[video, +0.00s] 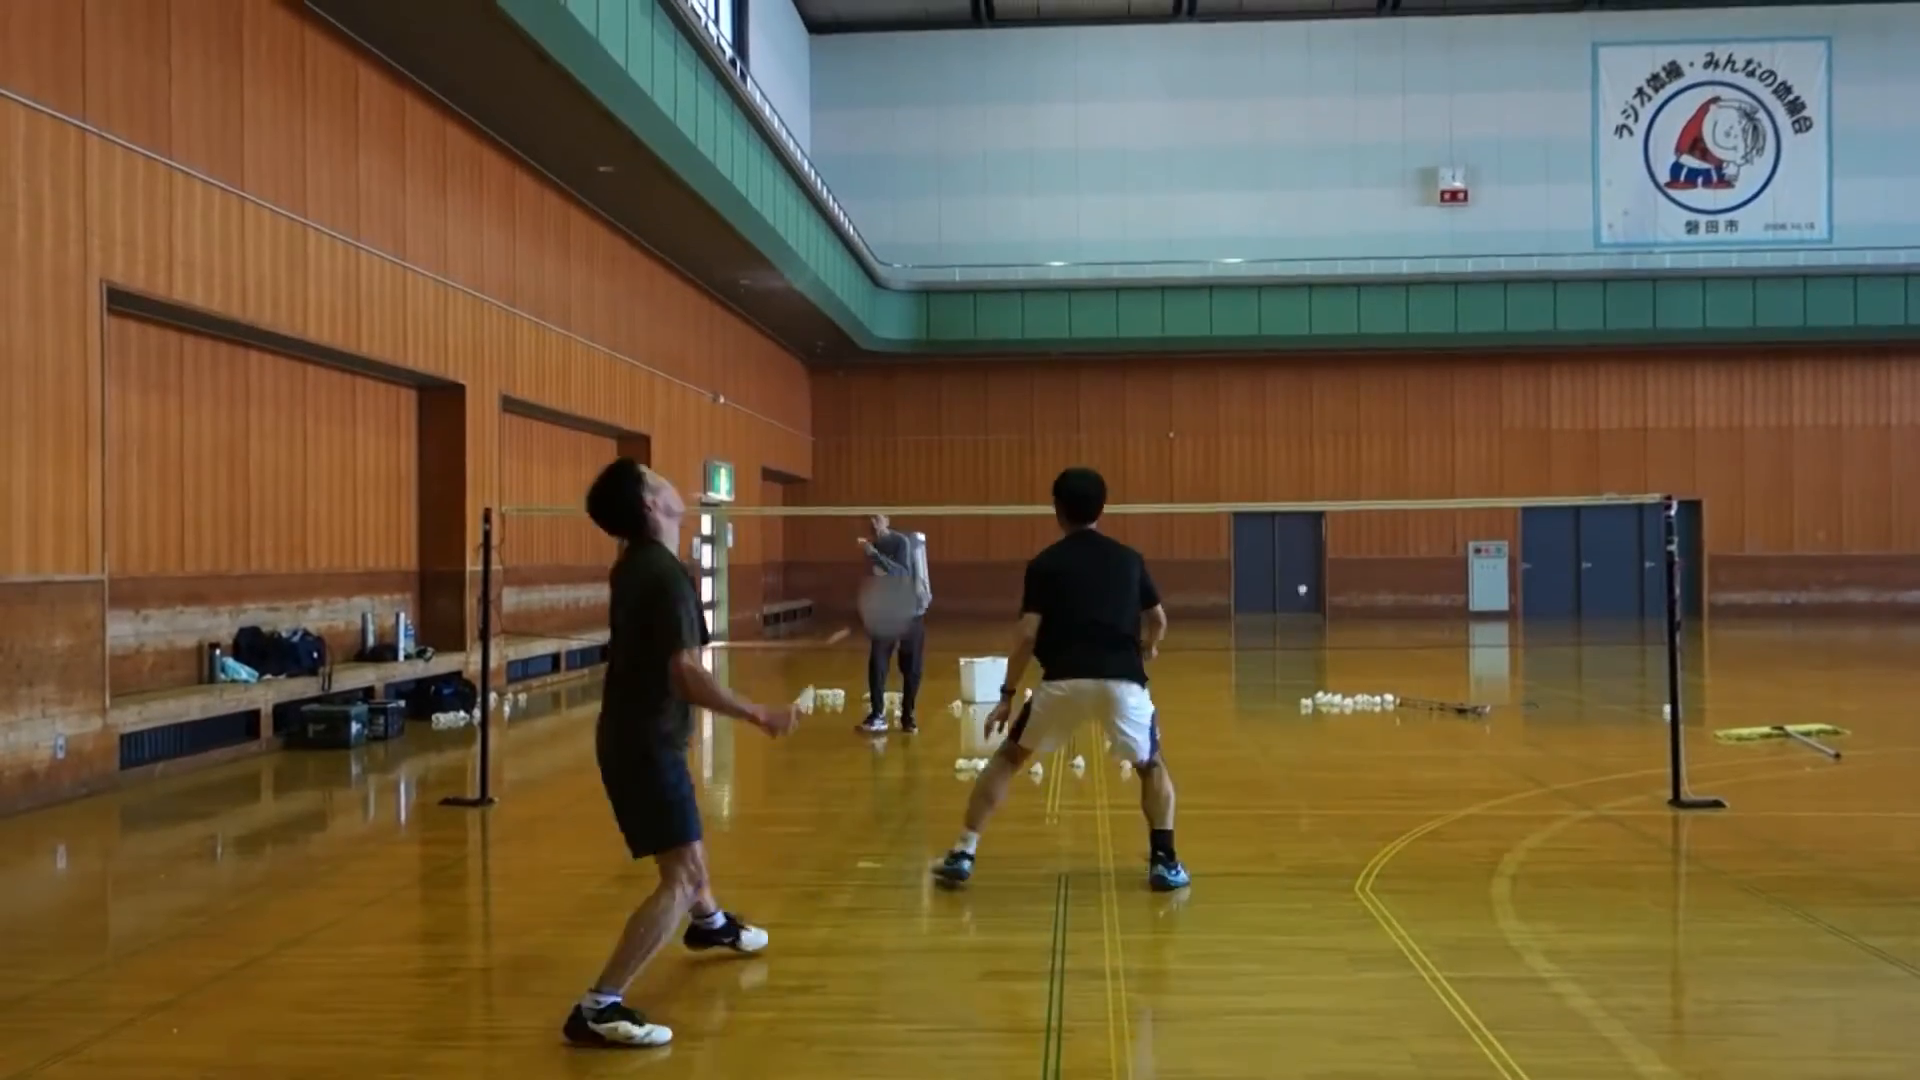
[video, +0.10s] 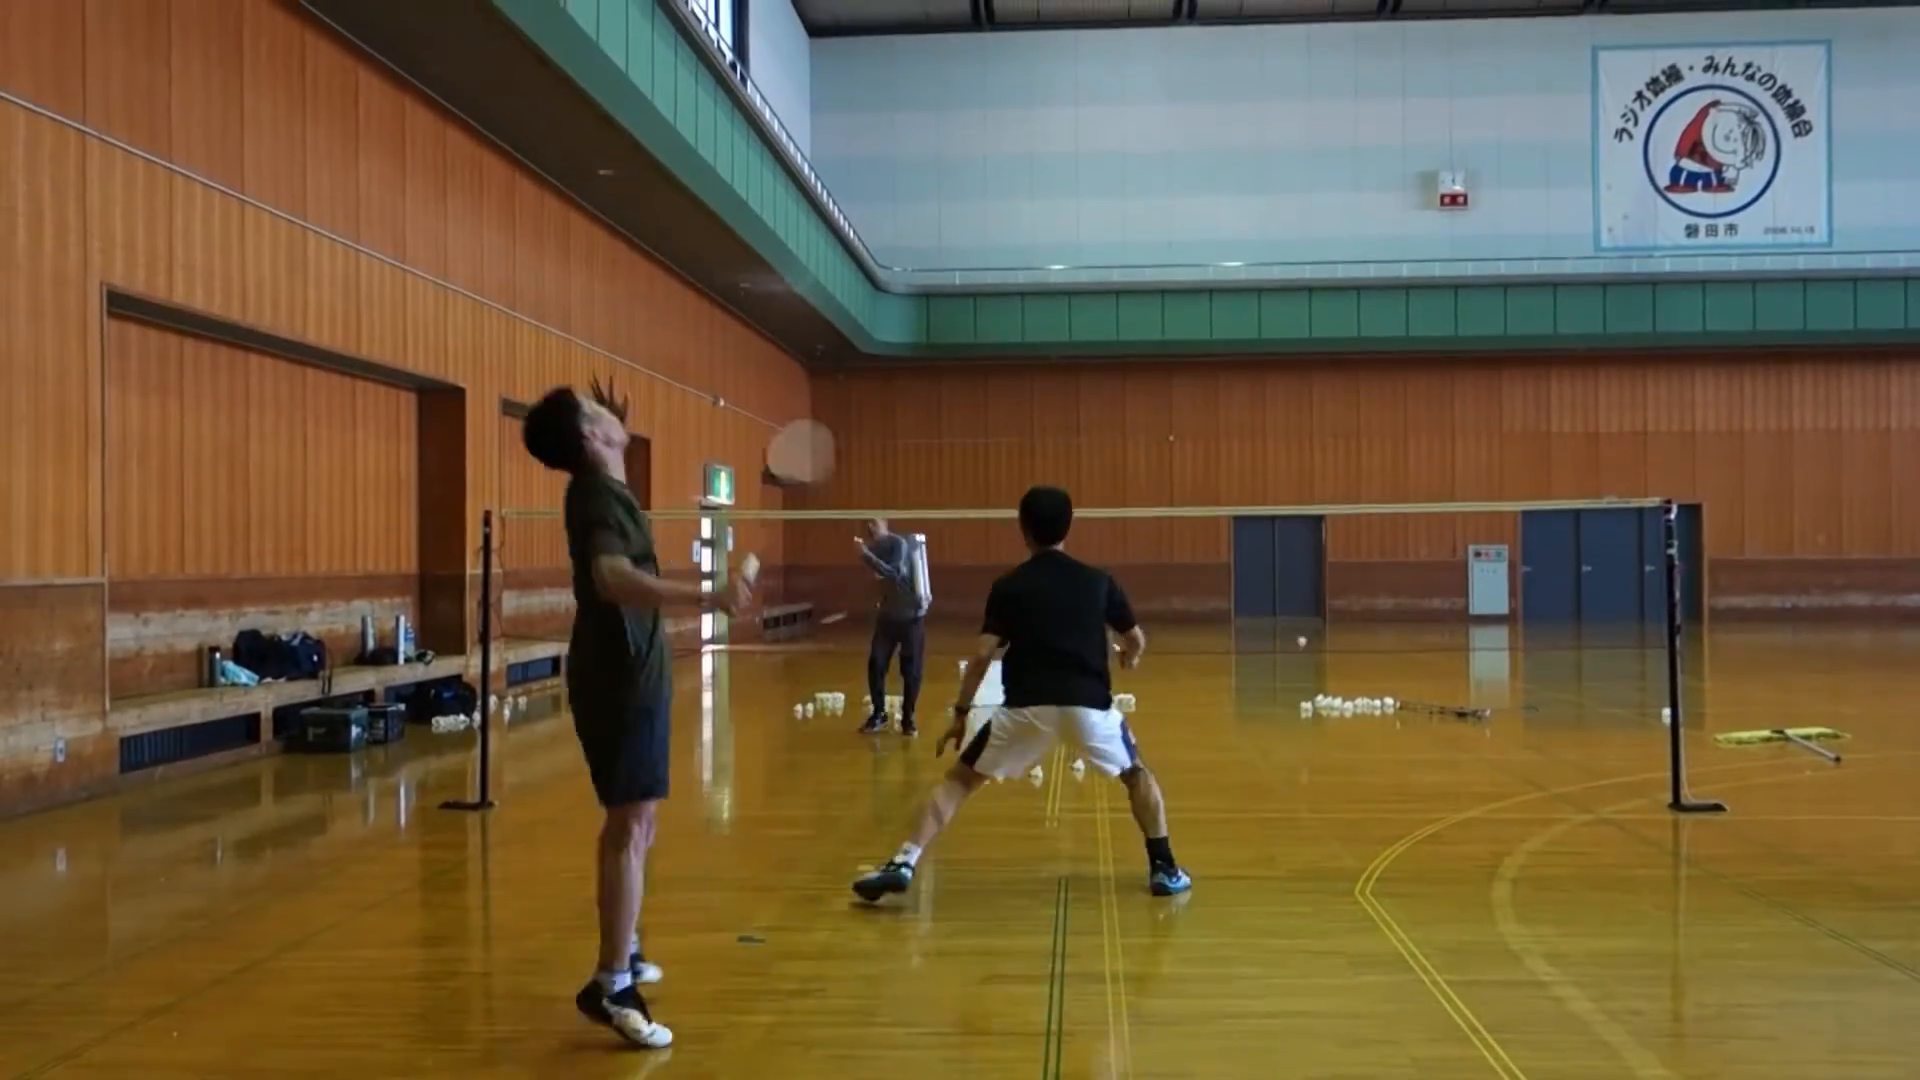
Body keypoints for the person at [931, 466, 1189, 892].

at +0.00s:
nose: (1059, 509)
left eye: (1057, 503)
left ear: (1058, 508)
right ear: (1102, 509)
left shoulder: (1044, 564)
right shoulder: (1128, 559)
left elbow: (1027, 634)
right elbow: (1155, 619)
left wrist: (1007, 694)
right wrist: (1141, 658)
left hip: (1063, 680)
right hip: (1122, 680)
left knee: (1008, 759)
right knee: (1152, 766)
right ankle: (1164, 862)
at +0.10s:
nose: (1029, 528)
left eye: (1026, 521)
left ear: (1024, 528)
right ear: (1068, 528)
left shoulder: (1009, 587)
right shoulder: (1097, 583)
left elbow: (982, 658)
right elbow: (1134, 640)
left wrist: (961, 711)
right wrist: (1129, 654)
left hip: (1026, 708)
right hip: (1088, 707)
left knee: (961, 779)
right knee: (1135, 774)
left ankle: (903, 862)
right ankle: (1164, 867)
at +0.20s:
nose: (973, 531)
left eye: (972, 525)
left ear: (972, 533)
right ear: (1017, 533)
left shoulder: (954, 591)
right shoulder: (1044, 590)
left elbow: (922, 660)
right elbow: (1087, 645)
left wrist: (906, 713)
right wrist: (1110, 667)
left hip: (975, 719)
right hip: (1039, 718)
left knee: (907, 796)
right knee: (1098, 789)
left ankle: (876, 892)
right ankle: (1159, 870)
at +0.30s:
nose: (922, 525)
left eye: (923, 519)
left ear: (924, 525)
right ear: (970, 525)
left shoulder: (904, 582)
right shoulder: (996, 577)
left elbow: (872, 639)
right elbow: (1043, 627)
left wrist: (859, 680)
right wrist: (1078, 658)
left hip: (932, 712)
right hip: (999, 705)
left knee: (881, 794)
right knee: (1054, 780)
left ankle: (868, 893)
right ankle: (1108, 868)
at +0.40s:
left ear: (898, 509)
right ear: (943, 506)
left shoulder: (880, 565)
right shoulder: (969, 555)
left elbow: (839, 622)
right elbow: (1025, 603)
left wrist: (821, 663)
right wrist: (1051, 635)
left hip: (908, 682)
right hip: (970, 673)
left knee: (866, 772)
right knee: (1014, 756)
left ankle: (852, 869)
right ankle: (1038, 855)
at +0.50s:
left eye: (882, 505)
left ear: (877, 511)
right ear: (923, 510)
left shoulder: (860, 563)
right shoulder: (949, 556)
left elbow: (812, 622)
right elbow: (1002, 602)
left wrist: (792, 667)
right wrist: (1030, 651)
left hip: (881, 684)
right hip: (946, 679)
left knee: (834, 770)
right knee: (992, 755)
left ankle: (804, 865)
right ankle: (1005, 846)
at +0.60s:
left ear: (853, 538)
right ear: (899, 538)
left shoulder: (837, 587)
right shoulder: (922, 584)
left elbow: (798, 650)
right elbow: (964, 644)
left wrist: (779, 716)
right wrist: (990, 692)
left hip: (858, 707)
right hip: (923, 702)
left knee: (799, 789)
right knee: (975, 782)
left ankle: (745, 874)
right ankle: (993, 882)